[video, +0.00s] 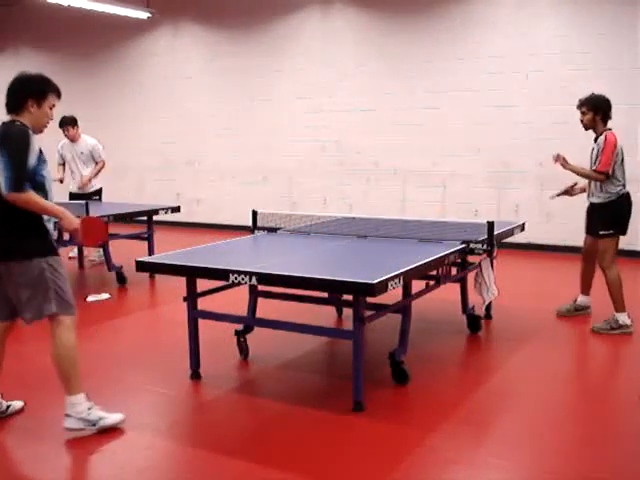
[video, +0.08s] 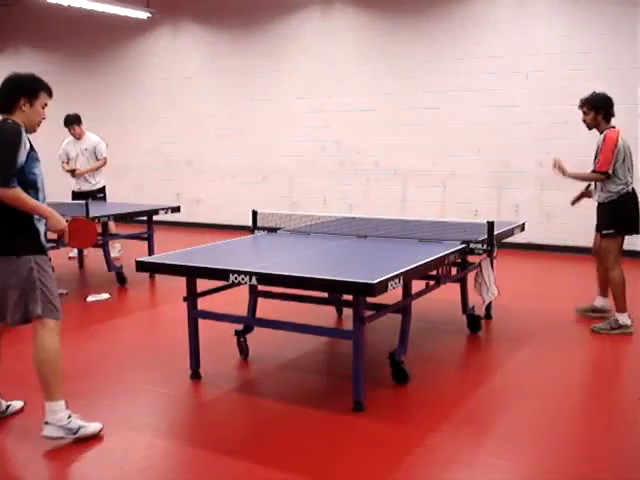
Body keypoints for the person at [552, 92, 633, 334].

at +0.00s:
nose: (580, 118)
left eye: (584, 113)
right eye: (580, 113)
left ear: (597, 114)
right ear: (594, 115)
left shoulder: (608, 139)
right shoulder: (599, 141)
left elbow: (601, 176)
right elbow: (602, 179)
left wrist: (569, 166)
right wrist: (581, 188)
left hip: (612, 204)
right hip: (598, 204)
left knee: (606, 261)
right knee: (588, 254)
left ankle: (622, 318)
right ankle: (582, 301)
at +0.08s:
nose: (582, 119)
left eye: (586, 113)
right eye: (582, 114)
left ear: (599, 114)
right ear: (601, 115)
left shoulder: (610, 138)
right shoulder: (609, 137)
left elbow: (600, 174)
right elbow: (607, 176)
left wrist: (567, 173)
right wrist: (589, 191)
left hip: (618, 204)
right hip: (610, 202)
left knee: (611, 260)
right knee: (599, 252)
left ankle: (622, 318)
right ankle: (602, 302)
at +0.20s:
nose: (585, 120)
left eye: (587, 115)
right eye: (584, 115)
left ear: (600, 115)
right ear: (603, 115)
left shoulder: (609, 138)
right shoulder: (616, 135)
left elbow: (603, 175)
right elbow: (611, 175)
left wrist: (578, 192)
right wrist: (594, 194)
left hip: (616, 202)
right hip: (621, 200)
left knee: (613, 260)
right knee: (611, 256)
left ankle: (622, 317)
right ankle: (619, 307)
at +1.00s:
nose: (581, 122)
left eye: (584, 117)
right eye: (581, 117)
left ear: (597, 116)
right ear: (602, 117)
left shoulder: (600, 137)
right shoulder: (614, 138)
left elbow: (597, 174)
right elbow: (607, 177)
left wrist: (567, 183)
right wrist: (581, 184)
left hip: (609, 199)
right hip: (627, 197)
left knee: (592, 258)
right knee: (622, 254)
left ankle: (586, 314)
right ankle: (633, 308)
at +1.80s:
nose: (553, 133)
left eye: (554, 128)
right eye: (552, 128)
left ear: (564, 128)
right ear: (574, 127)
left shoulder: (568, 147)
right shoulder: (590, 145)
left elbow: (562, 183)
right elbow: (592, 185)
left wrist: (541, 201)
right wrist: (564, 198)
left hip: (591, 201)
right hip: (613, 198)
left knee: (568, 252)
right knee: (593, 252)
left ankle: (568, 307)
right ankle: (597, 304)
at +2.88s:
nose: (553, 135)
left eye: (554, 131)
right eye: (553, 131)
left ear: (560, 133)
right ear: (578, 132)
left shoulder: (554, 152)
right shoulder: (595, 153)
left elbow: (539, 180)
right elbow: (607, 184)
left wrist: (523, 186)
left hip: (574, 203)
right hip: (601, 203)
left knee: (558, 255)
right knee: (584, 254)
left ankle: (561, 308)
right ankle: (592, 305)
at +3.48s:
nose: (541, 133)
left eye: (543, 130)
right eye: (542, 130)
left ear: (547, 132)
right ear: (565, 131)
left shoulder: (542, 150)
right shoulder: (579, 144)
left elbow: (548, 172)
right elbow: (596, 155)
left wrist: (555, 194)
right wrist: (608, 183)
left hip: (565, 197)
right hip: (589, 196)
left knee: (552, 252)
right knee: (585, 252)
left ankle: (560, 306)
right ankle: (592, 304)